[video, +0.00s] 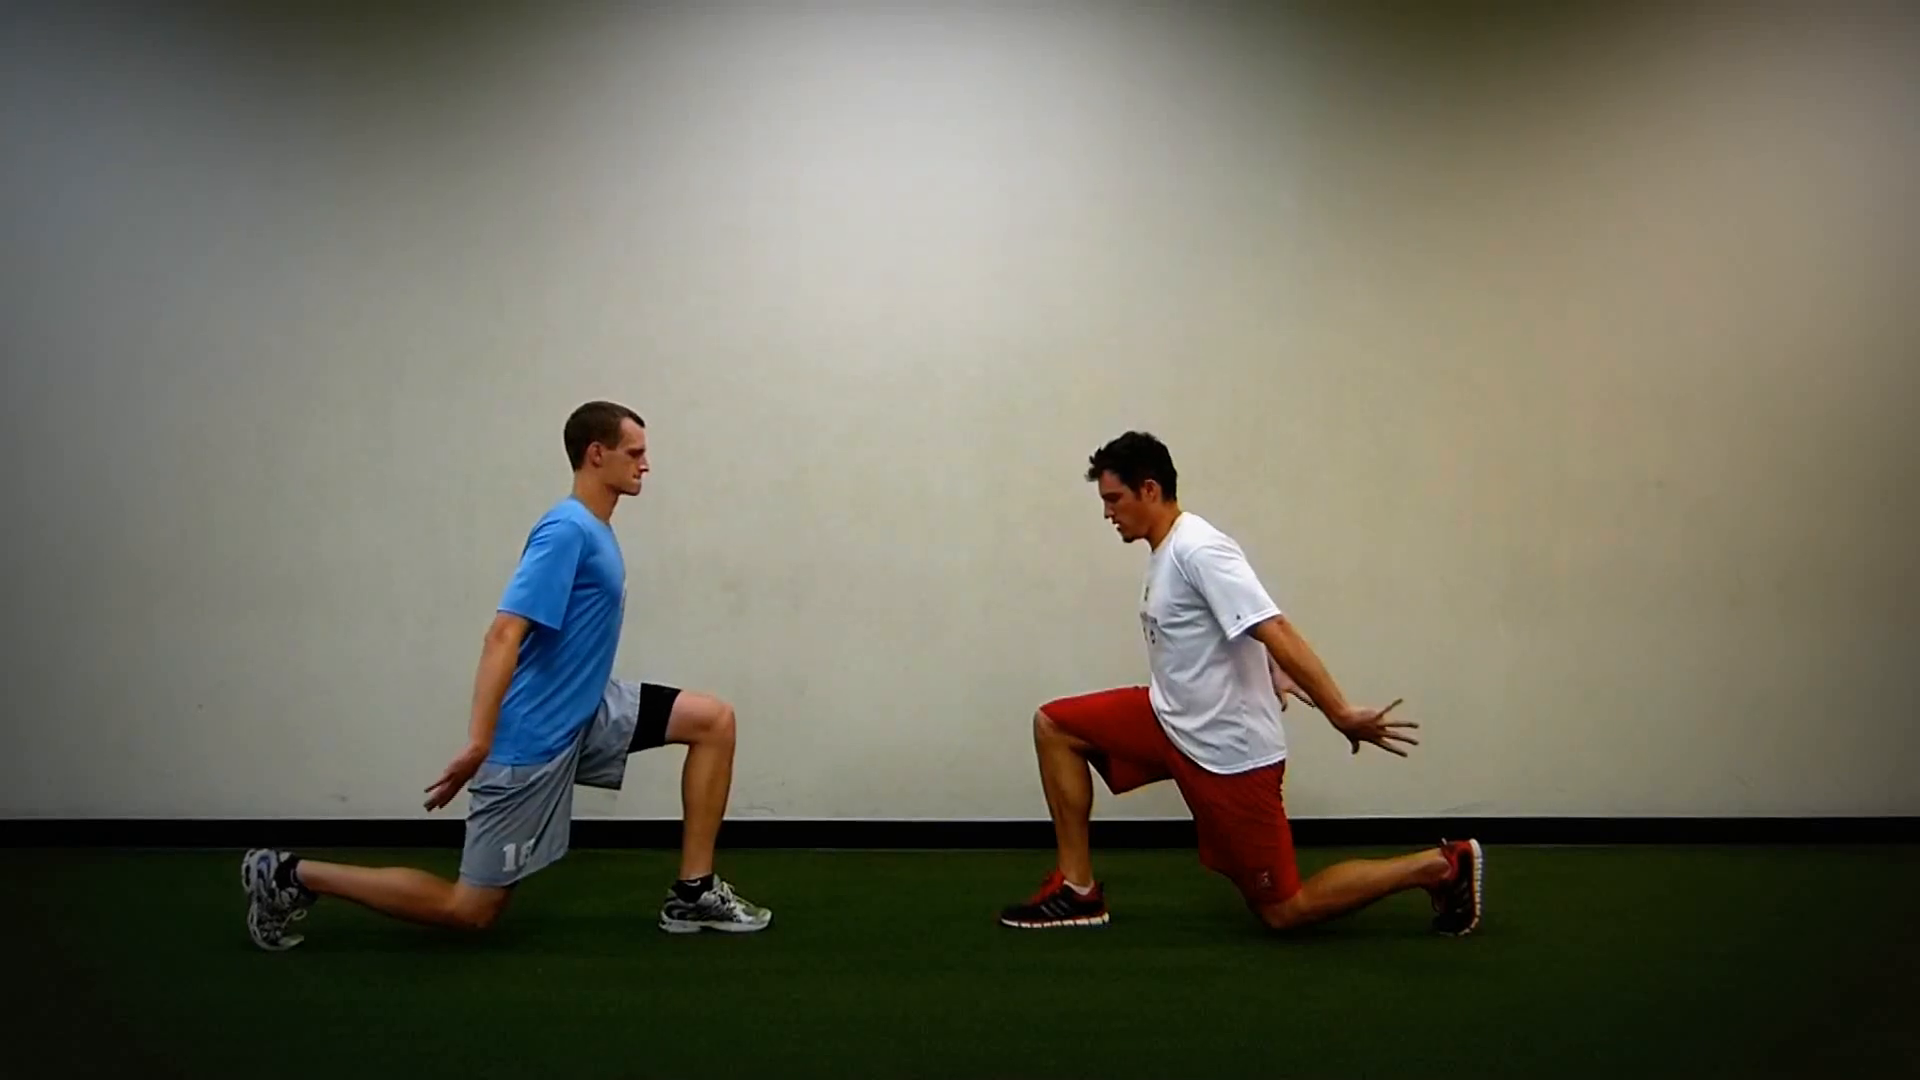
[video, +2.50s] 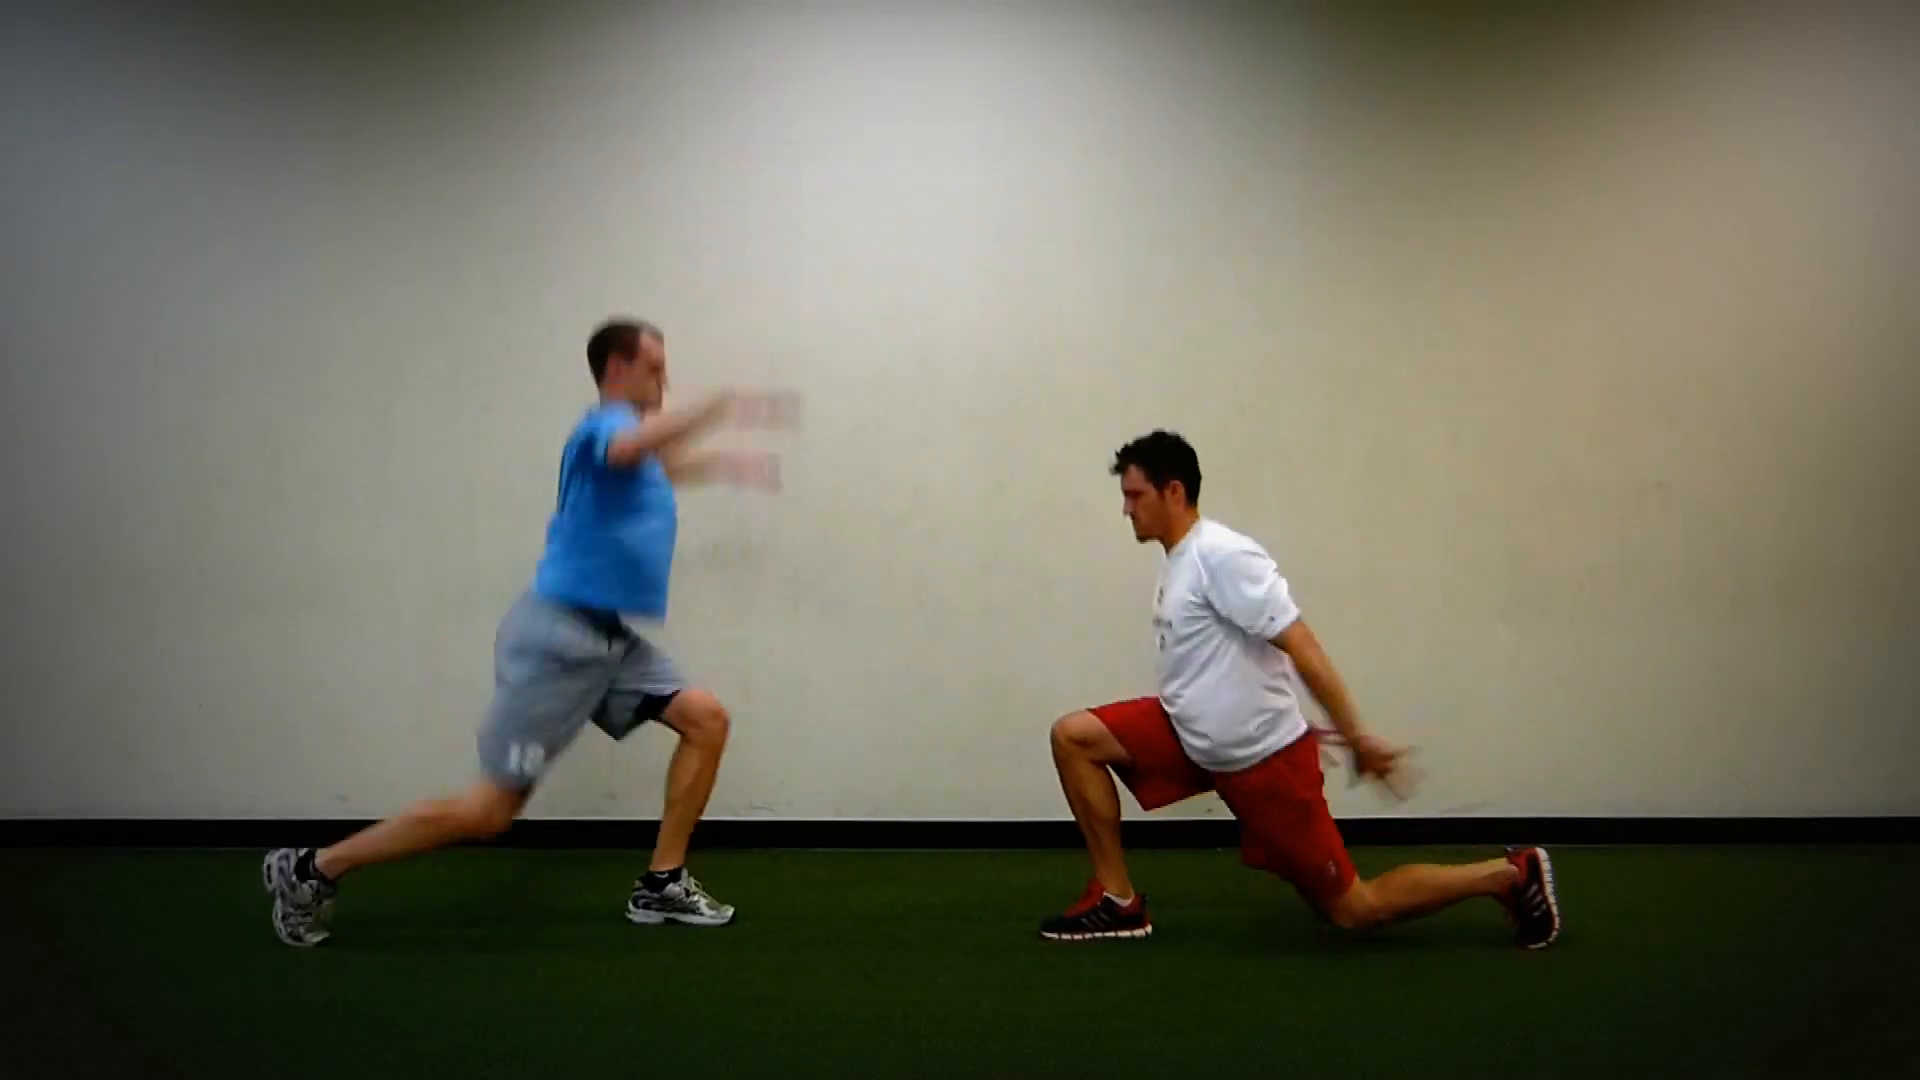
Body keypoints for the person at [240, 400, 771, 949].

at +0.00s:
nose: (645, 466)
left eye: (645, 454)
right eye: (636, 454)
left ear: (602, 458)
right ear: (595, 456)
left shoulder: (594, 529)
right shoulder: (566, 532)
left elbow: (549, 641)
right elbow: (505, 636)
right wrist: (480, 743)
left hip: (587, 707)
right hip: (532, 739)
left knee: (714, 722)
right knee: (472, 910)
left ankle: (696, 892)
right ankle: (290, 876)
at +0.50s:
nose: (650, 472)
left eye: (650, 460)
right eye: (640, 459)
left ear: (608, 464)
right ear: (600, 462)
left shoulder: (599, 537)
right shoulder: (571, 536)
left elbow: (554, 647)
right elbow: (505, 638)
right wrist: (474, 744)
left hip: (588, 711)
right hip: (530, 744)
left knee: (714, 723)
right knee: (474, 914)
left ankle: (696, 892)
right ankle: (292, 876)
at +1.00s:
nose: (639, 218)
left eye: (637, 208)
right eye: (629, 203)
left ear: (606, 218)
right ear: (595, 212)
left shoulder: (617, 270)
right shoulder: (575, 260)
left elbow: (678, 205)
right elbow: (659, 187)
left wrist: (696, 108)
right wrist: (687, 103)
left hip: (599, 500)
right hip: (547, 492)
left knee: (611, 670)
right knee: (485, 662)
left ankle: (616, 840)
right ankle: (369, 807)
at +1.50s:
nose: (667, 401)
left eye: (665, 390)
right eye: (657, 390)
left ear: (626, 398)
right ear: (618, 397)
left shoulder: (630, 477)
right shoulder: (601, 473)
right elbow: (545, 558)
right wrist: (535, 660)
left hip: (567, 661)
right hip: (561, 658)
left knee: (485, 829)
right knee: (709, 735)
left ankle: (319, 857)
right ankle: (652, 904)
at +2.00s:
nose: (663, 239)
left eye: (661, 229)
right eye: (649, 228)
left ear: (648, 245)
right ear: (622, 237)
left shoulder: (652, 298)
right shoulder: (610, 285)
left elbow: (700, 252)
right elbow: (646, 190)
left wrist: (733, 179)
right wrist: (688, 79)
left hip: (564, 499)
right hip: (574, 503)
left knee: (486, 653)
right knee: (581, 685)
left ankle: (381, 800)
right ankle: (612, 862)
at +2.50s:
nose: (664, 382)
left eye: (665, 370)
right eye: (656, 368)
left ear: (625, 370)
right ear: (619, 369)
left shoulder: (635, 441)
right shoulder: (603, 423)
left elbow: (668, 470)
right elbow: (630, 451)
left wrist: (727, 465)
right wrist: (715, 409)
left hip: (614, 641)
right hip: (558, 633)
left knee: (706, 720)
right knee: (489, 813)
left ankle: (664, 882)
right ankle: (312, 867)